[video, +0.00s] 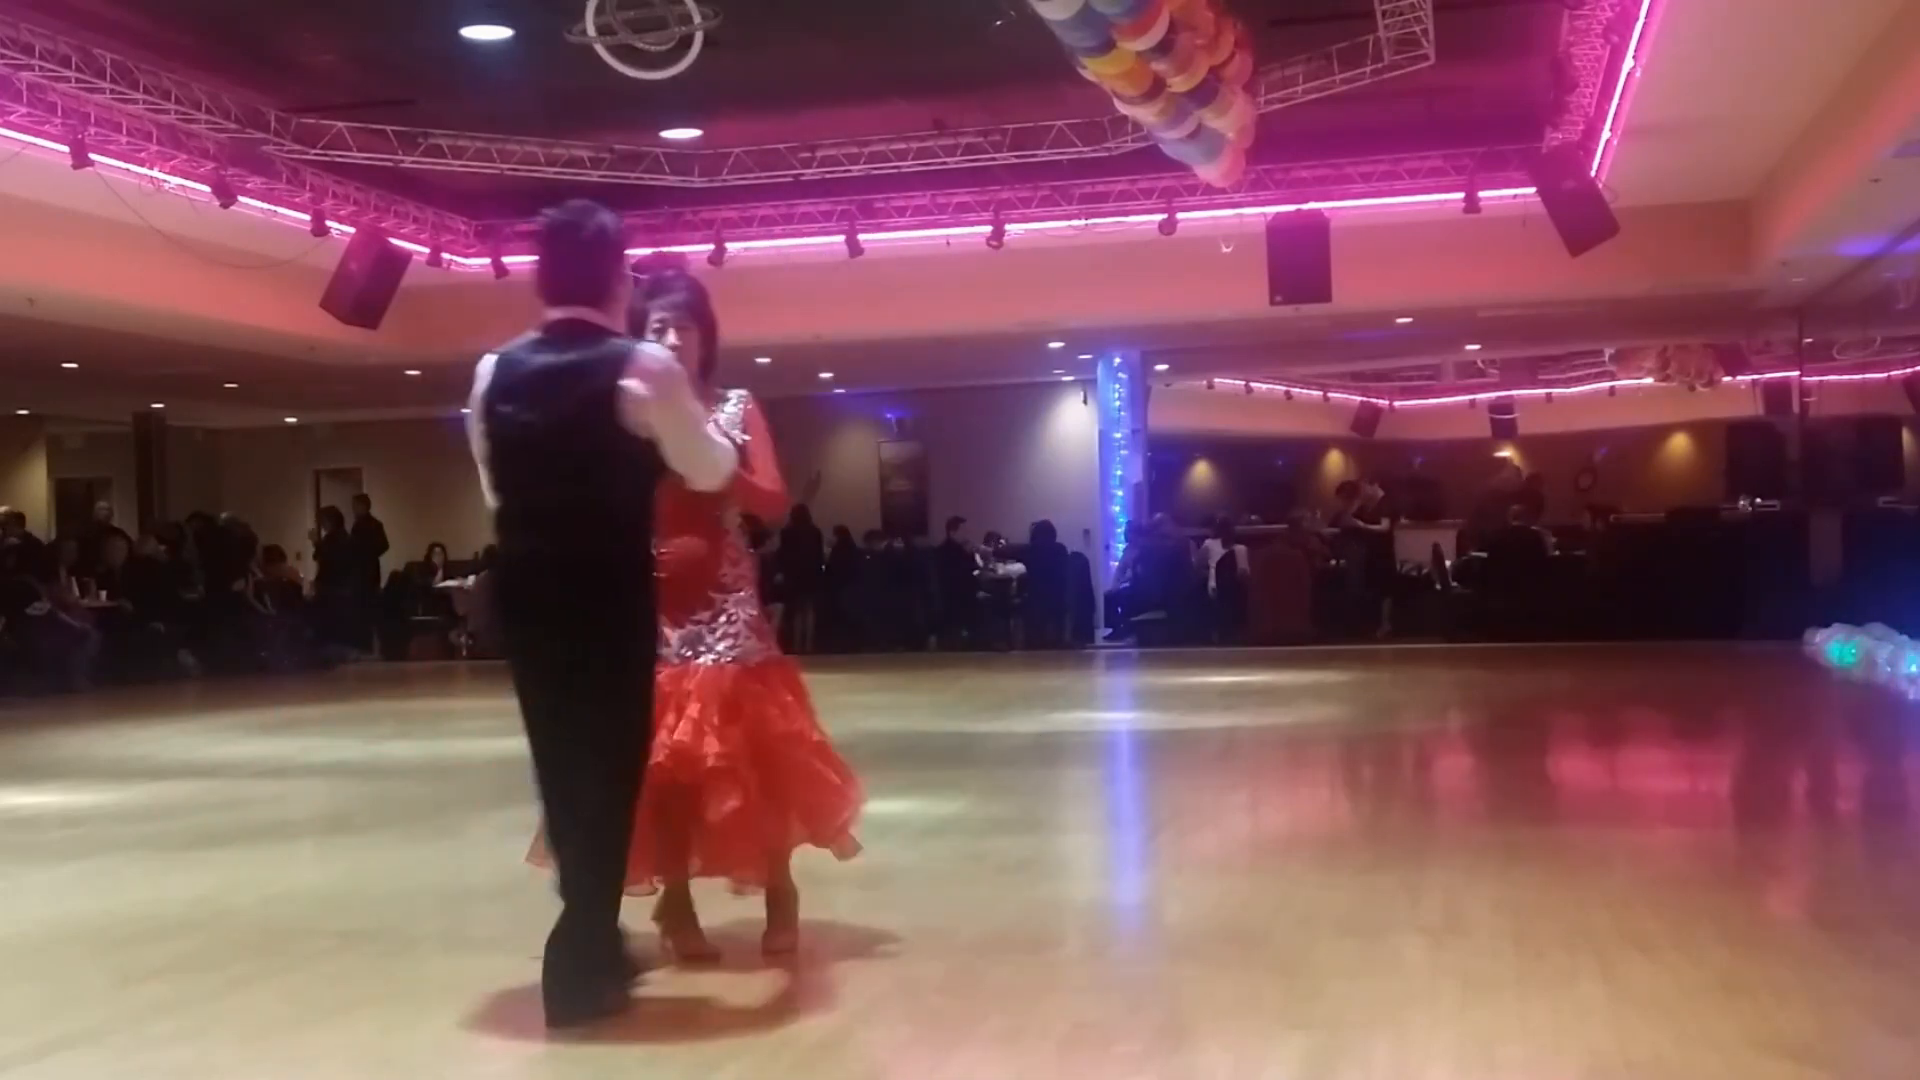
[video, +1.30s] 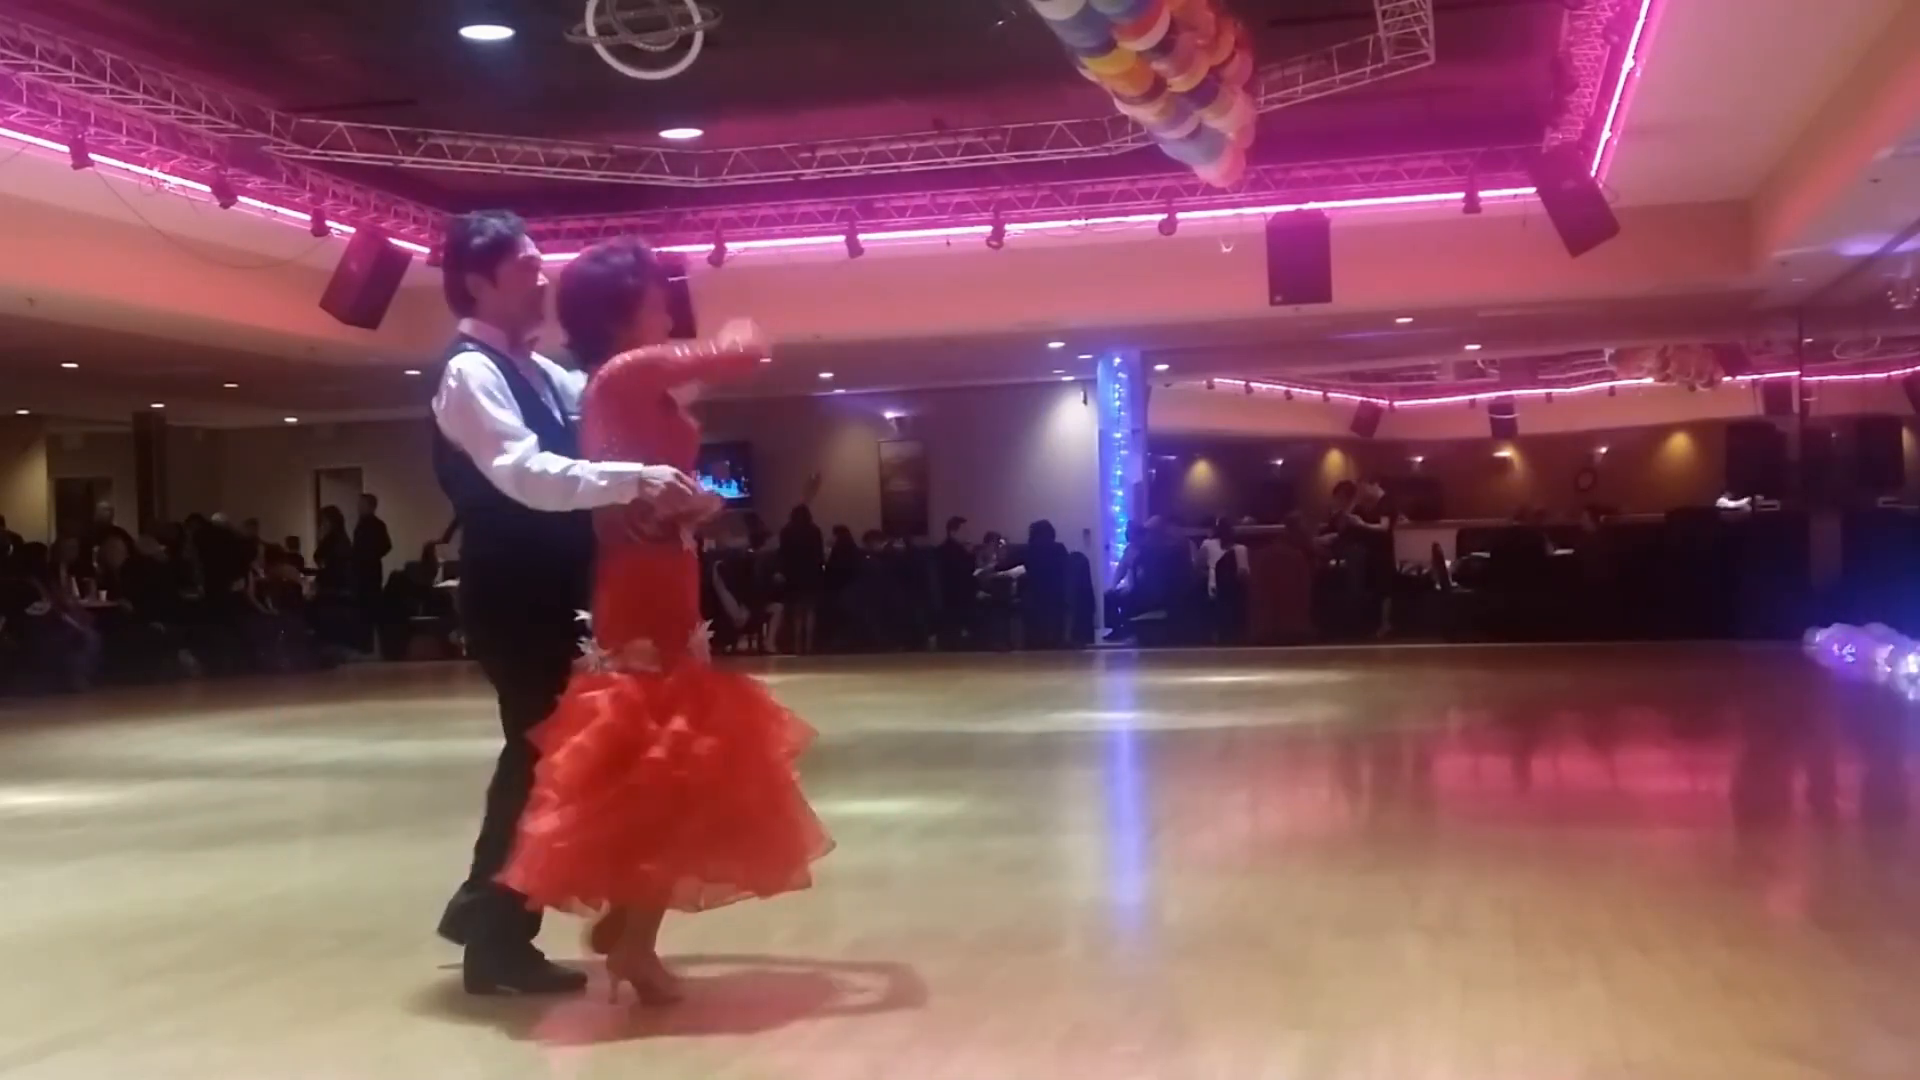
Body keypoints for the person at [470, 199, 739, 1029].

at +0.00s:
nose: (632, 284)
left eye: (622, 271)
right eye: (629, 272)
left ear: (540, 278)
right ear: (618, 277)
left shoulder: (494, 373)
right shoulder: (643, 369)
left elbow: (493, 484)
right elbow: (710, 469)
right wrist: (698, 414)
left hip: (527, 595)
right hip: (613, 594)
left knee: (564, 764)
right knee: (608, 768)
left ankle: (592, 938)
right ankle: (578, 979)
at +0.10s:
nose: (586, 270)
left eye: (579, 257)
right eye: (583, 257)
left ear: (497, 266)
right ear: (572, 265)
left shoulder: (460, 367)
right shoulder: (598, 362)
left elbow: (468, 450)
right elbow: (677, 452)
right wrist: (694, 419)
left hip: (497, 601)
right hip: (583, 603)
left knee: (532, 763)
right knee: (594, 778)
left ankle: (521, 954)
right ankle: (577, 977)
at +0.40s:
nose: (484, 275)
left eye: (480, 259)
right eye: (477, 261)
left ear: (396, 265)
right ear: (450, 265)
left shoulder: (365, 368)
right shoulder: (483, 361)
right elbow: (559, 445)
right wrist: (641, 451)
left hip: (400, 610)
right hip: (484, 609)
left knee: (422, 777)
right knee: (544, 782)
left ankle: (397, 979)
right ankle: (568, 974)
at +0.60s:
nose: (470, 275)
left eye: (467, 259)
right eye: (463, 260)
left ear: (383, 263)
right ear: (437, 264)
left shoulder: (349, 365)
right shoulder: (462, 358)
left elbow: (436, 447)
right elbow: (537, 471)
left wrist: (533, 403)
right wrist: (633, 473)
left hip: (393, 610)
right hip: (476, 606)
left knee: (409, 787)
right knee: (525, 783)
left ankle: (400, 986)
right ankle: (523, 965)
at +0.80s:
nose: (490, 284)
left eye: (488, 269)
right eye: (483, 269)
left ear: (409, 279)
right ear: (447, 275)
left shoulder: (384, 369)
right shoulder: (465, 370)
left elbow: (483, 374)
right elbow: (526, 488)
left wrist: (539, 291)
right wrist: (627, 497)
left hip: (414, 611)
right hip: (490, 609)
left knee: (420, 779)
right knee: (534, 769)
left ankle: (402, 985)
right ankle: (505, 944)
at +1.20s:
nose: (536, 282)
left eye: (532, 268)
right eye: (521, 270)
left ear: (487, 283)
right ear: (470, 281)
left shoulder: (505, 363)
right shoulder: (469, 370)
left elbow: (589, 368)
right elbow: (507, 483)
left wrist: (658, 318)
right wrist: (623, 481)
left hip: (536, 586)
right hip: (511, 591)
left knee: (531, 753)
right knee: (535, 757)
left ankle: (462, 914)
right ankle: (497, 947)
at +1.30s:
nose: (543, 277)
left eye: (539, 264)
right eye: (525, 268)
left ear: (516, 281)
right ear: (474, 283)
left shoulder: (550, 372)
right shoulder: (468, 374)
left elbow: (620, 433)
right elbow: (525, 473)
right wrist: (639, 481)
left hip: (560, 582)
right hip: (512, 590)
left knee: (547, 745)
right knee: (544, 746)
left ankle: (486, 905)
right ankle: (499, 943)